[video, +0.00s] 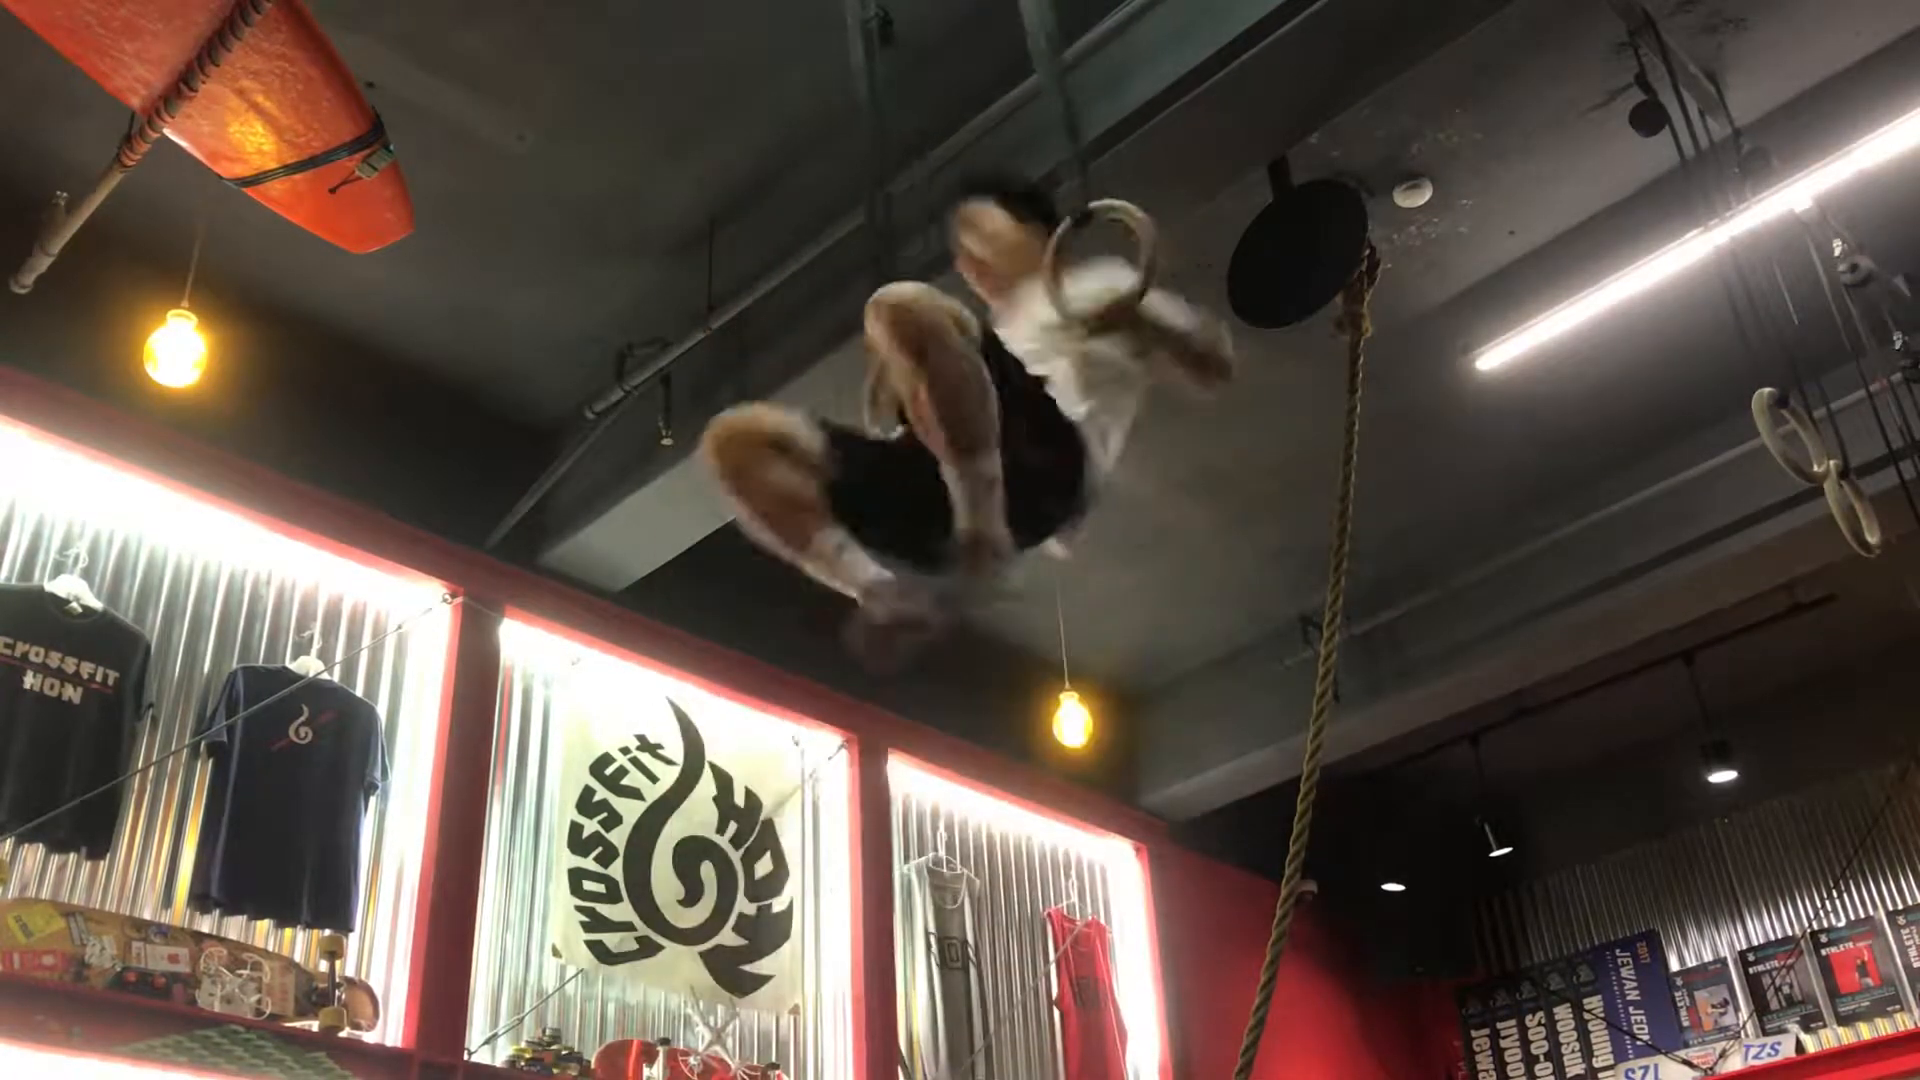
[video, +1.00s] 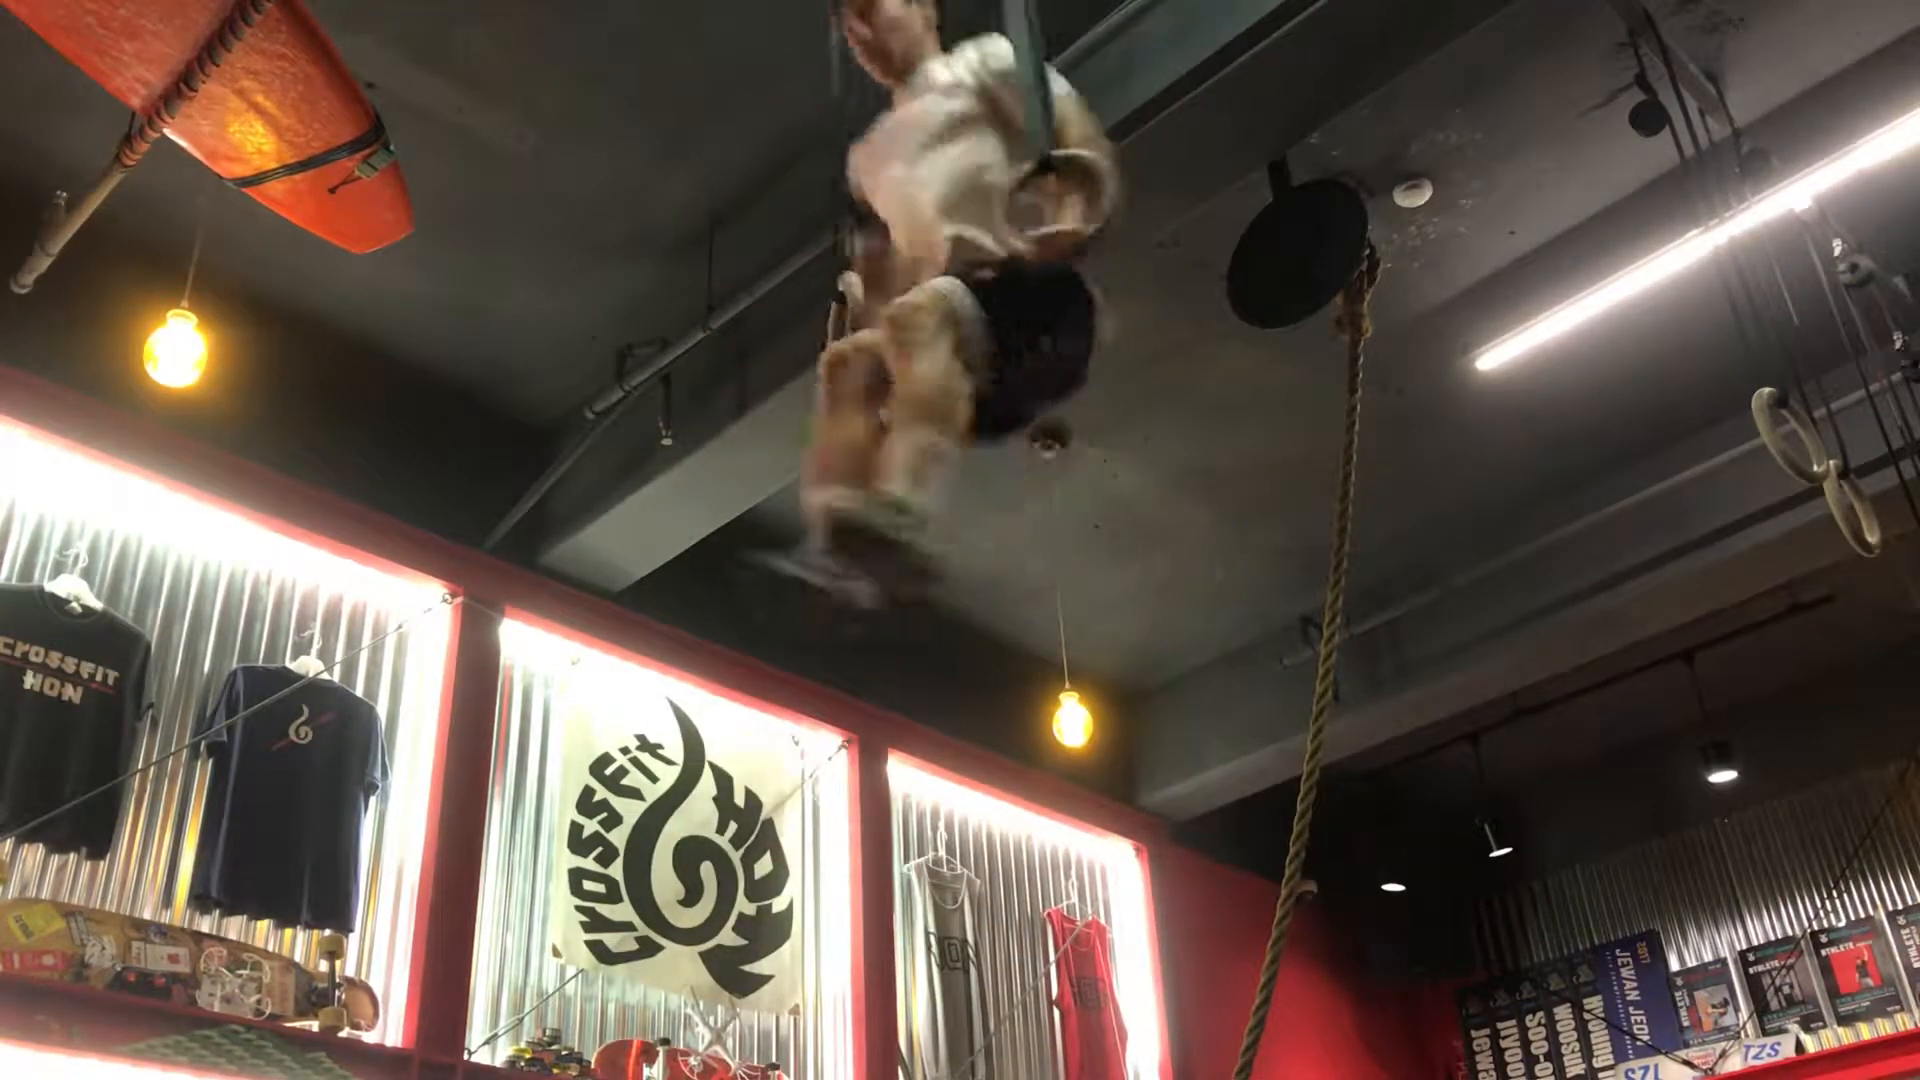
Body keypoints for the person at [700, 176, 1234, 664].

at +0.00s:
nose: (966, 253)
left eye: (980, 228)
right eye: (958, 244)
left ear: (1038, 231)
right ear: (961, 268)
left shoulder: (1086, 286)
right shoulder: (982, 344)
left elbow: (1215, 364)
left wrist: (1136, 321)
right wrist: (903, 400)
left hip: (1043, 479)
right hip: (943, 501)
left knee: (899, 310)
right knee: (735, 440)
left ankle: (984, 532)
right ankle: (881, 592)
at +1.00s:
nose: (856, 33)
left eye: (868, 11)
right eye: (844, 25)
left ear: (923, 9)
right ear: (845, 41)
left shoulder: (987, 62)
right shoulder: (867, 157)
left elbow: (1087, 153)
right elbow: (893, 265)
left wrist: (1072, 222)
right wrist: (867, 308)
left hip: (1039, 300)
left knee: (918, 314)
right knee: (846, 364)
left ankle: (905, 505)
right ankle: (836, 543)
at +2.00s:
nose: (721, 416)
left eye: (744, 399)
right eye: (715, 404)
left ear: (800, 423)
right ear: (713, 441)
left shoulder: (839, 495)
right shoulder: (714, 534)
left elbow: (850, 331)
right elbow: (696, 401)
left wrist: (854, 207)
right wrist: (707, 306)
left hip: (904, 848)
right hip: (808, 900)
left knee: (1180, 988)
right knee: (919, 1043)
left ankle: (1107, 758)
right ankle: (1044, 825)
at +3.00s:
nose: (926, 215)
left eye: (939, 191)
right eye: (913, 211)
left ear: (988, 188)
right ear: (914, 233)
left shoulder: (1057, 234)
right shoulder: (945, 314)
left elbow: (1203, 312)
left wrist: (1160, 284)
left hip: (1051, 462)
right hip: (971, 527)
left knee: (895, 298)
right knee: (765, 386)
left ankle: (911, 524)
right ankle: (829, 566)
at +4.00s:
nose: (880, 71)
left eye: (890, 48)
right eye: (865, 62)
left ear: (940, 35)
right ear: (861, 75)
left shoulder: (999, 83)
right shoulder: (877, 174)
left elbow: (1099, 175)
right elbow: (871, 290)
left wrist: (1053, 229)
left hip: (1042, 348)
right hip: (947, 395)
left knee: (923, 305)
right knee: (833, 316)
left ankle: (830, 425)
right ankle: (772, 500)